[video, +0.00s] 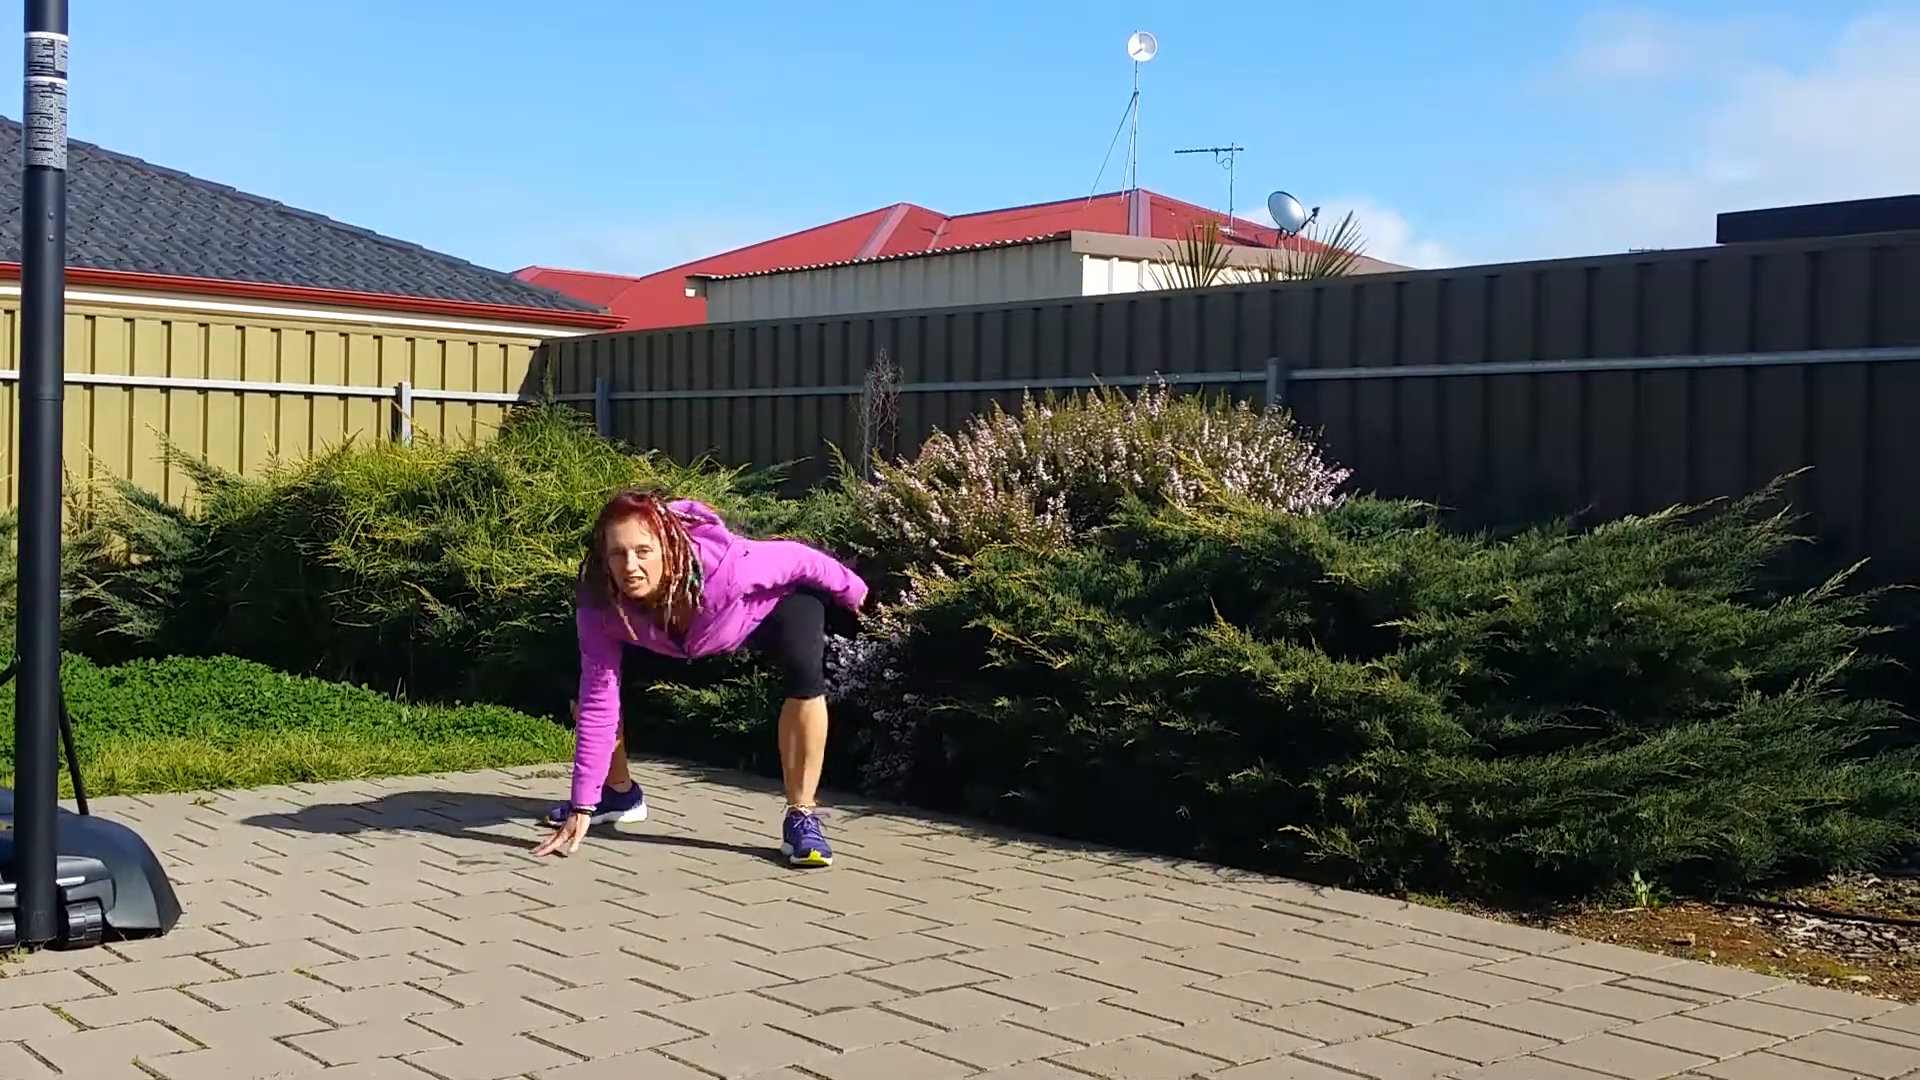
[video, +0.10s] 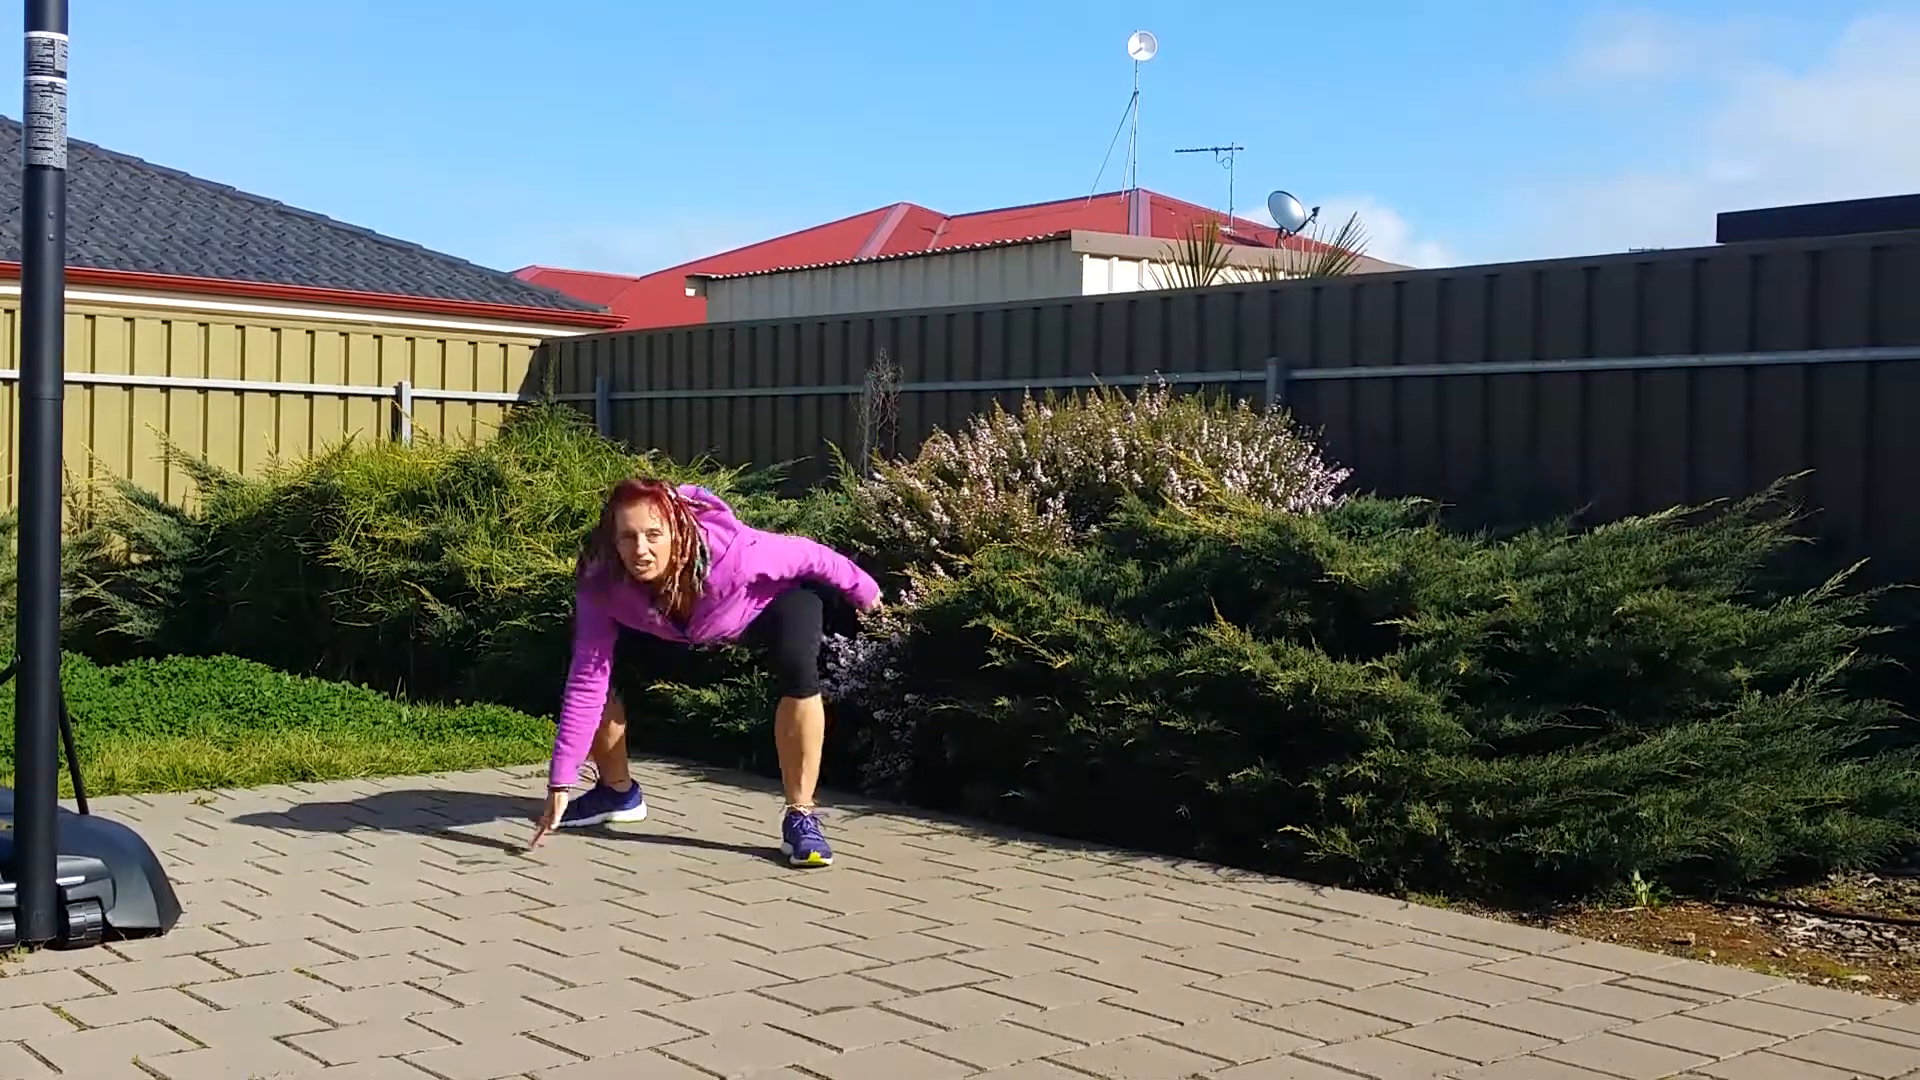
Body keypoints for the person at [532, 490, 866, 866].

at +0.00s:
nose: (630, 565)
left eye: (642, 551)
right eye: (617, 553)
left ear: (669, 549)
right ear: (603, 557)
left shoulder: (727, 566)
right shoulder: (599, 604)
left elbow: (801, 559)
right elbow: (596, 701)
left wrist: (854, 591)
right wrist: (582, 805)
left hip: (765, 603)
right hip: (680, 634)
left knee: (804, 662)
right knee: (593, 680)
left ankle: (802, 817)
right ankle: (620, 792)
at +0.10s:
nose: (640, 548)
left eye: (653, 534)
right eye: (628, 536)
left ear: (678, 533)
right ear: (612, 540)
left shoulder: (733, 555)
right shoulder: (600, 584)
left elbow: (812, 557)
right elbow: (587, 681)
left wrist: (866, 593)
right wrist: (557, 783)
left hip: (762, 616)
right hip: (680, 637)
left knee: (800, 659)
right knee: (593, 663)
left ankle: (802, 817)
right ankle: (616, 790)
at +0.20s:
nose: (667, 509)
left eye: (680, 495)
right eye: (655, 497)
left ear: (705, 497)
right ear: (638, 501)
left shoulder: (756, 529)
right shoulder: (620, 552)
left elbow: (836, 548)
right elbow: (588, 646)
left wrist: (885, 589)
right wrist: (552, 732)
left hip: (777, 594)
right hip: (686, 604)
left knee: (801, 666)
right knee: (606, 675)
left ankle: (802, 817)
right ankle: (617, 791)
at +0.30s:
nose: (708, 454)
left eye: (722, 441)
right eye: (695, 441)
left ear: (745, 446)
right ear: (678, 446)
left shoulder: (791, 485)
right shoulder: (655, 496)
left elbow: (864, 526)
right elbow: (619, 580)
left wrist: (911, 575)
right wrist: (581, 661)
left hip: (815, 564)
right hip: (729, 567)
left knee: (812, 666)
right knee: (652, 651)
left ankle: (803, 815)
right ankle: (619, 785)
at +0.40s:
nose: (748, 400)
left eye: (762, 386)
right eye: (735, 386)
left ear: (786, 393)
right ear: (717, 392)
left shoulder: (827, 438)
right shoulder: (695, 443)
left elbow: (897, 490)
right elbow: (665, 529)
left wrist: (940, 549)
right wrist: (628, 612)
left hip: (848, 545)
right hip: (763, 543)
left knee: (830, 670)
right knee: (695, 651)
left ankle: (808, 813)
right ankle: (667, 785)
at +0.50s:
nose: (781, 367)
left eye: (794, 355)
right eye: (768, 353)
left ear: (816, 360)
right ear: (749, 358)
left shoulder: (855, 406)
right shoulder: (725, 417)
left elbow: (928, 465)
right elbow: (702, 504)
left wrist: (976, 528)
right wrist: (674, 584)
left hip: (883, 520)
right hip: (800, 522)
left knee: (870, 644)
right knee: (736, 637)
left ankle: (852, 800)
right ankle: (790, 780)